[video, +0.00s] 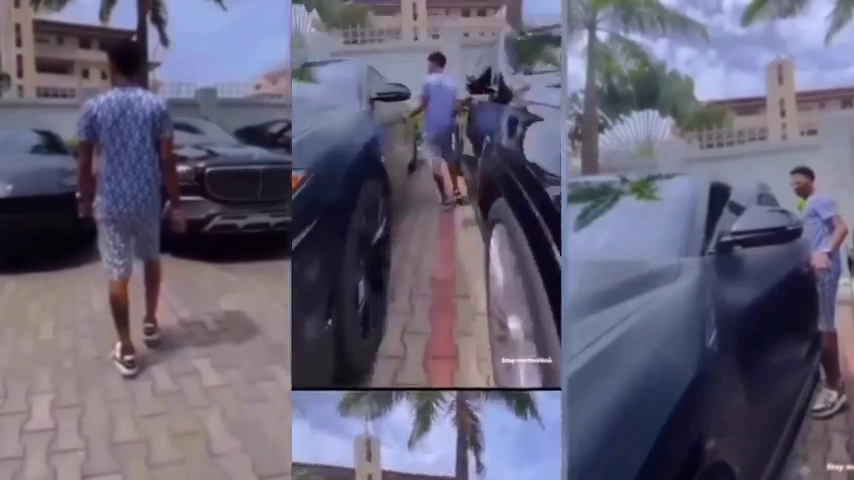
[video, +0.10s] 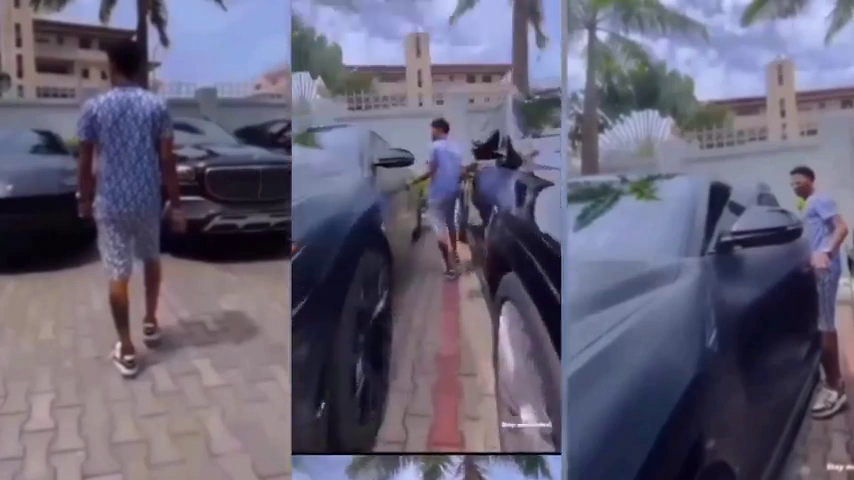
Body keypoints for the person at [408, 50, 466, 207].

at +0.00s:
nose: (428, 67)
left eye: (429, 64)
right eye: (429, 64)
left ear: (433, 65)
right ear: (443, 66)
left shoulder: (428, 81)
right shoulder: (452, 82)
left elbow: (423, 104)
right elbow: (457, 105)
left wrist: (412, 114)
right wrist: (451, 113)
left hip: (432, 127)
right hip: (448, 126)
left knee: (435, 161)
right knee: (450, 160)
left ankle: (444, 197)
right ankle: (457, 190)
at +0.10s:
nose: (432, 134)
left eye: (434, 131)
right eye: (432, 131)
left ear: (439, 131)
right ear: (446, 132)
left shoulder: (436, 147)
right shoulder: (456, 147)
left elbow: (431, 170)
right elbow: (461, 169)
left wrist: (415, 181)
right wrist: (455, 180)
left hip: (440, 191)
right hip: (454, 190)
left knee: (437, 225)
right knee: (450, 223)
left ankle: (449, 266)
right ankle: (455, 254)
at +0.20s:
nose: (436, 160)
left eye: (438, 157)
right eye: (437, 157)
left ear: (445, 157)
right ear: (450, 158)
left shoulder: (441, 172)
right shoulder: (461, 173)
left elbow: (440, 195)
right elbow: (468, 194)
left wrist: (422, 205)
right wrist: (462, 206)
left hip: (446, 215)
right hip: (459, 214)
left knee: (444, 249)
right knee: (453, 247)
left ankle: (455, 295)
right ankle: (450, 273)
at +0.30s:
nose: (442, 168)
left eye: (443, 165)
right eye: (442, 165)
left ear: (450, 164)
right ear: (455, 165)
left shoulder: (449, 178)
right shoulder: (464, 179)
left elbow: (449, 200)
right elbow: (471, 202)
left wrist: (426, 210)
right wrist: (461, 212)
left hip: (452, 223)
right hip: (463, 222)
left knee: (451, 259)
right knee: (453, 253)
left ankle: (462, 304)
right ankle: (452, 283)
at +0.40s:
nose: (447, 172)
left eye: (449, 169)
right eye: (447, 169)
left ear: (457, 168)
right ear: (459, 169)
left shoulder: (458, 183)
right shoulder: (467, 183)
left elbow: (457, 204)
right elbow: (469, 207)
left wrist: (432, 215)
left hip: (458, 227)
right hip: (467, 225)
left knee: (455, 262)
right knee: (455, 259)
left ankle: (468, 307)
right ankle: (457, 290)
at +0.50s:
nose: (452, 178)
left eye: (454, 174)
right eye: (452, 174)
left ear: (462, 174)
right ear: (464, 175)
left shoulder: (464, 187)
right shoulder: (470, 187)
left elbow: (464, 208)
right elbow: (468, 210)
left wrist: (441, 220)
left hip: (463, 232)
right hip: (470, 231)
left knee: (456, 267)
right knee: (461, 266)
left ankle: (474, 309)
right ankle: (465, 300)